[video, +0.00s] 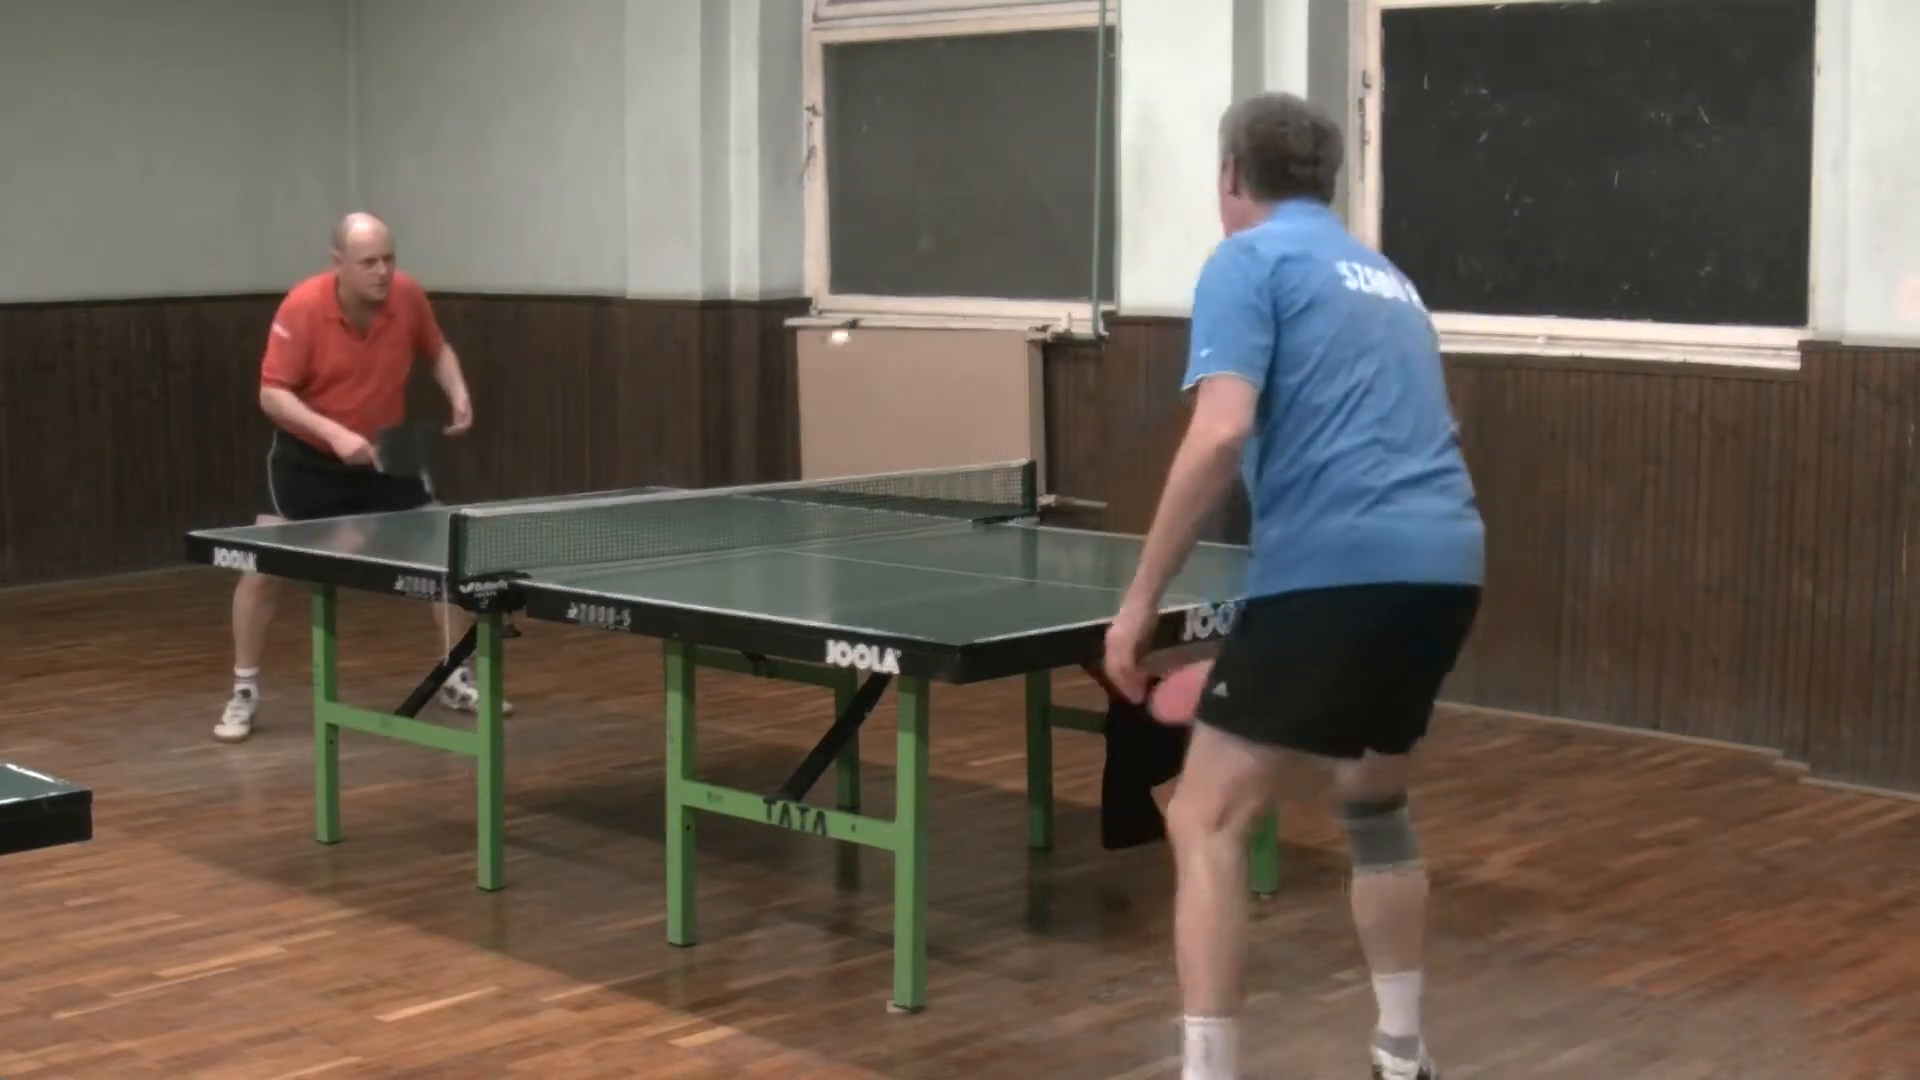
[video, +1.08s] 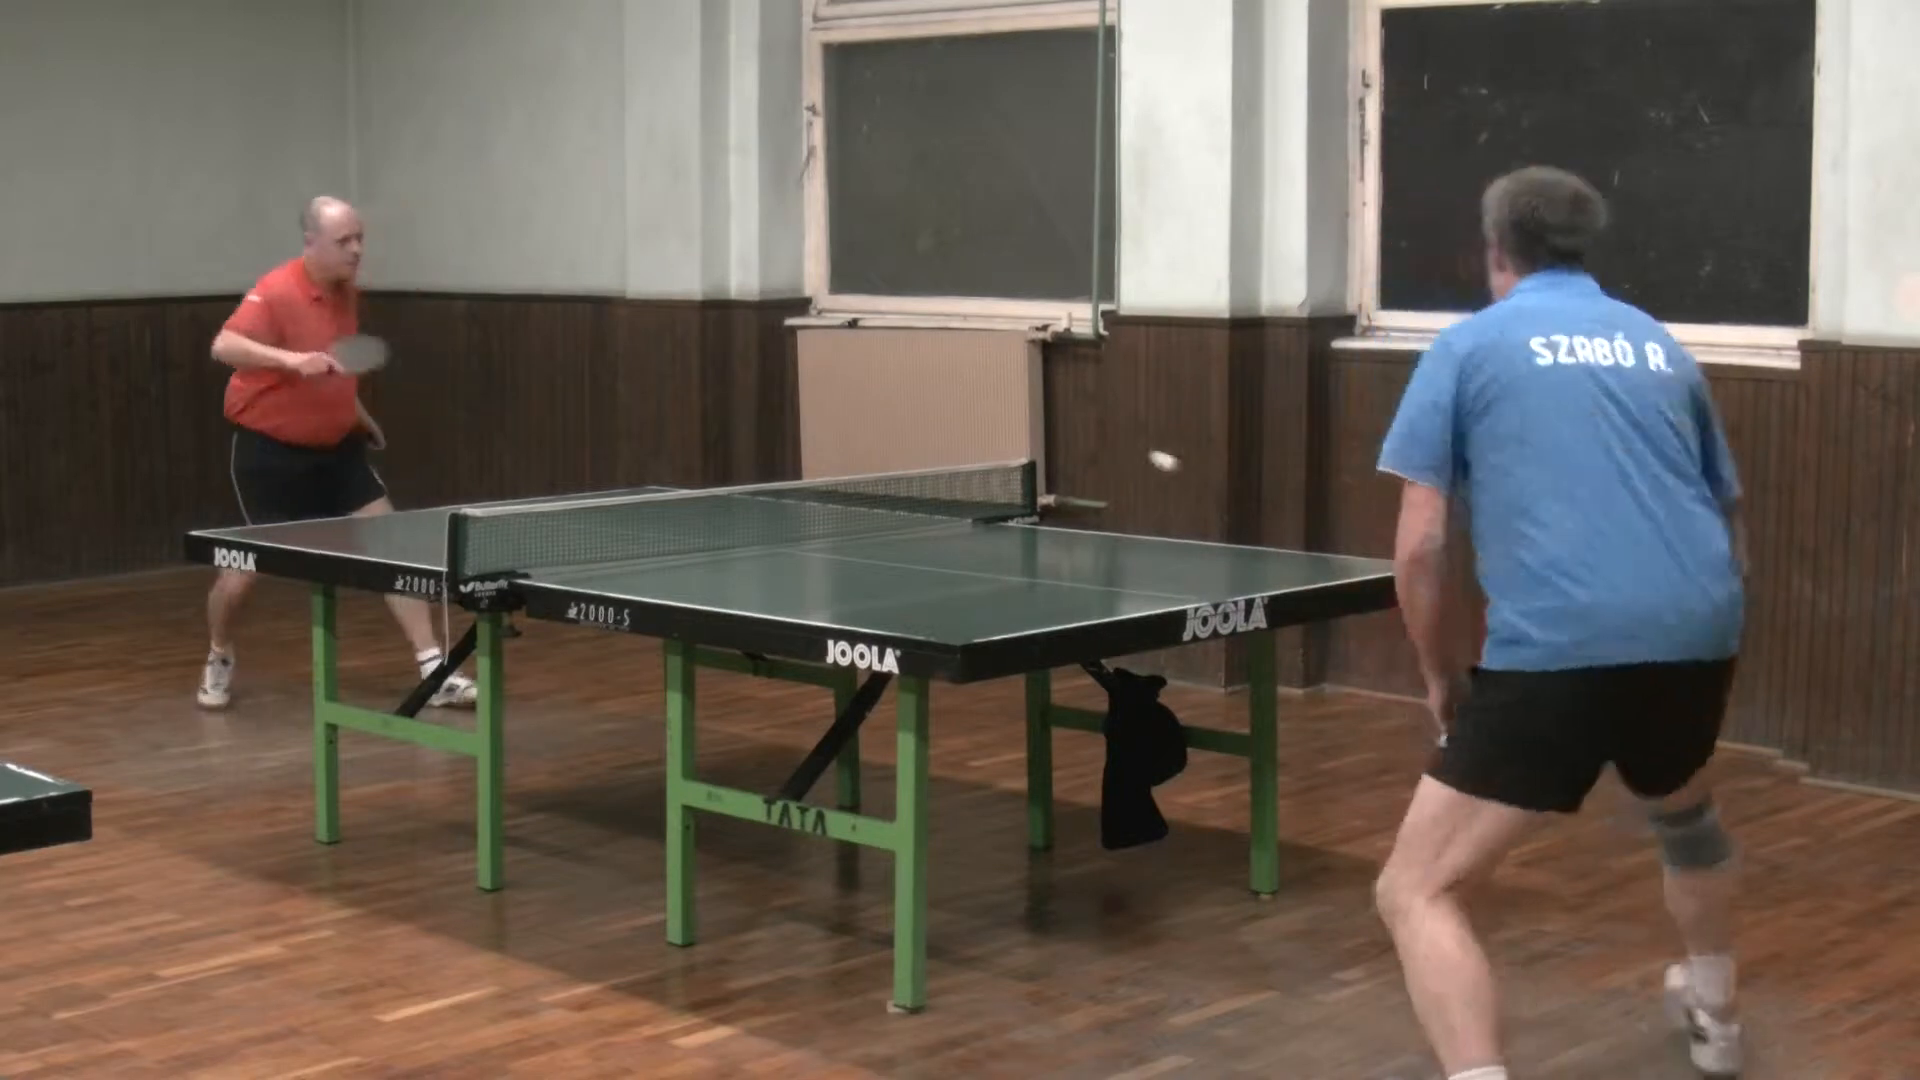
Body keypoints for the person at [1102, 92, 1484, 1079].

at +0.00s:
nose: (1218, 196)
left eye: (1219, 180)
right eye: (1219, 181)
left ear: (1235, 181)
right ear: (1326, 183)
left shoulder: (1246, 262)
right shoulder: (1381, 271)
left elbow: (1221, 434)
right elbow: (1366, 468)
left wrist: (1141, 601)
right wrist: (1245, 642)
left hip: (1332, 572)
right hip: (1445, 570)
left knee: (1205, 815)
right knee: (1375, 800)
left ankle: (1207, 1066)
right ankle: (1402, 1056)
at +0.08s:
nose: (1229, 170)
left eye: (1231, 153)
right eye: (1232, 153)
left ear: (1250, 154)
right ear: (1341, 156)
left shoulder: (1267, 246)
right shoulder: (1396, 247)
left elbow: (1242, 428)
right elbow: (1386, 439)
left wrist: (1170, 587)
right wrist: (1277, 625)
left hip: (1344, 565)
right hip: (1459, 559)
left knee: (1234, 818)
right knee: (1394, 803)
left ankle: (1306, 1066)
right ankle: (1407, 1056)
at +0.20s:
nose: (1252, 152)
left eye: (1255, 136)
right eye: (1255, 136)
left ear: (1272, 145)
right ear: (1368, 148)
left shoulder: (1275, 248)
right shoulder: (1430, 251)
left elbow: (1256, 444)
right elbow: (1487, 439)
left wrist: (1194, 605)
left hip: (1348, 590)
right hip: (1473, 583)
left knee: (1307, 849)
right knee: (1418, 814)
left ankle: (1376, 1066)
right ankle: (1406, 1047)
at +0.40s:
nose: (1298, 166)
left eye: (1302, 151)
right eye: (1303, 151)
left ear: (1318, 157)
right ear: (1413, 158)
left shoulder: (1302, 265)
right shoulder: (1483, 260)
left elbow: (1269, 468)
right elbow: (1518, 434)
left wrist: (1228, 618)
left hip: (1381, 600)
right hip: (1515, 583)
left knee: (1321, 861)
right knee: (1507, 772)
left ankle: (1379, 1070)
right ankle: (1554, 1023)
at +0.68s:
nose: (1360, 192)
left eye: (1361, 175)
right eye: (1363, 175)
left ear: (1378, 175)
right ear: (1464, 169)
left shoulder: (1394, 267)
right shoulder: (1537, 259)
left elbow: (1379, 458)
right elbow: (1561, 453)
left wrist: (1323, 619)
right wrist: (1455, 573)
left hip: (1517, 579)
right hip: (1626, 566)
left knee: (1422, 843)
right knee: (1601, 810)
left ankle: (1414, 1070)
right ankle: (1660, 1044)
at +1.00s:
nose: (1422, 250)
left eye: (1422, 236)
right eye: (1422, 236)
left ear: (1438, 240)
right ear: (1530, 229)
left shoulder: (1434, 329)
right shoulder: (1610, 309)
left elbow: (1422, 524)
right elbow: (1651, 463)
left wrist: (1426, 671)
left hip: (1580, 619)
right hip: (1710, 598)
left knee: (1442, 877)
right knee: (1663, 791)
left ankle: (1493, 1070)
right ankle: (1702, 1024)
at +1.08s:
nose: (1481, 259)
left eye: (1484, 247)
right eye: (1485, 246)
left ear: (1500, 254)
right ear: (1589, 252)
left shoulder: (1468, 344)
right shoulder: (1660, 343)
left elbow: (1419, 549)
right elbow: (1725, 514)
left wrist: (1441, 681)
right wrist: (1709, 633)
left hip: (1555, 652)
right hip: (1695, 639)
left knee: (1414, 888)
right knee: (1684, 812)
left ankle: (1478, 1071)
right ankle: (1716, 1013)